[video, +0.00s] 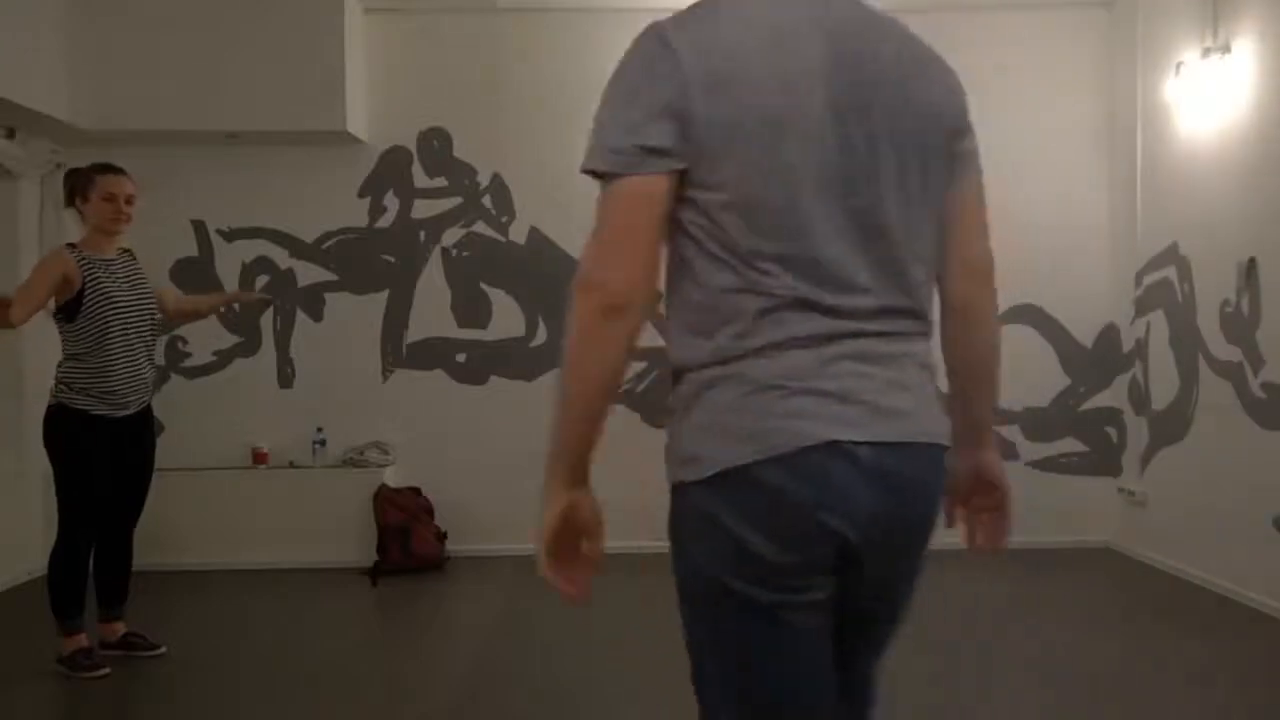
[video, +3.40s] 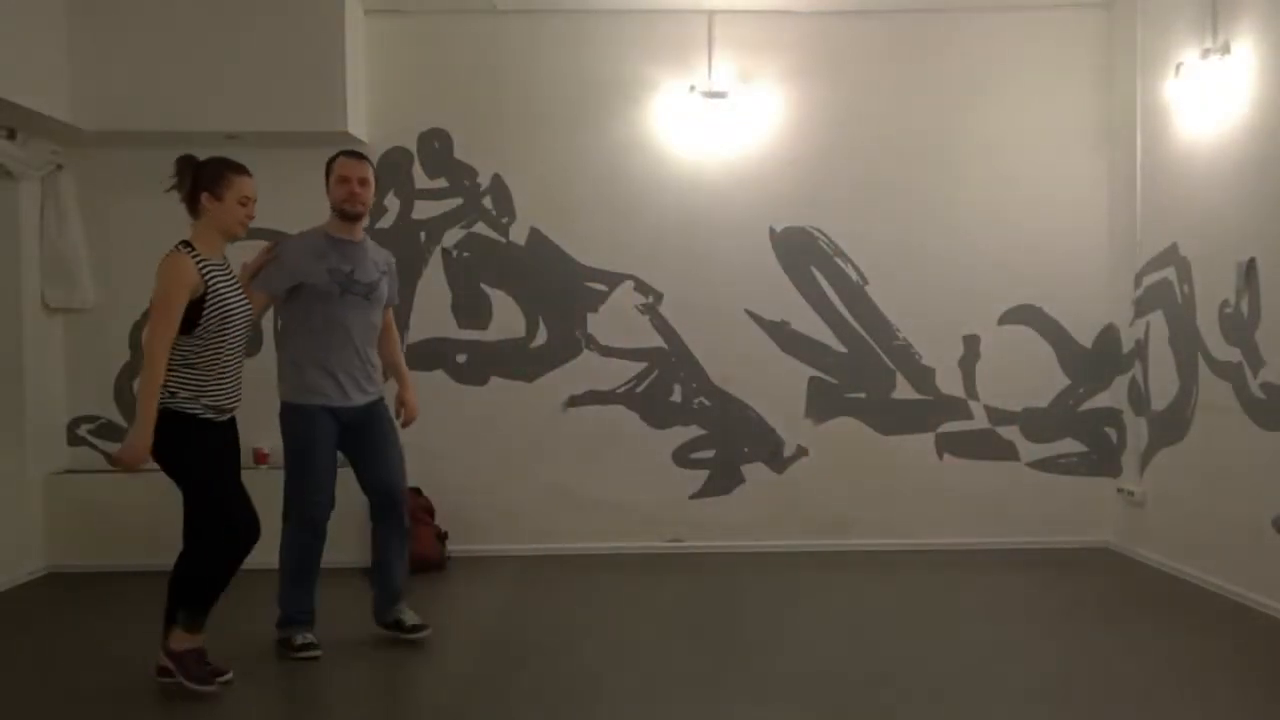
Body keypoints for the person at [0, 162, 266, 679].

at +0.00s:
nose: (121, 209)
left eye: (128, 201)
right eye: (109, 199)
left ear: (135, 207)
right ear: (82, 204)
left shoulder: (130, 264)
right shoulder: (65, 262)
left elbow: (170, 307)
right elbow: (18, 309)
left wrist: (232, 297)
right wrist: (11, 312)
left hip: (133, 419)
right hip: (79, 420)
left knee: (119, 527)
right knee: (77, 530)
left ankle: (112, 630)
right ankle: (73, 641)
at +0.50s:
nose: (116, 208)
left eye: (122, 200)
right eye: (103, 199)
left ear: (127, 207)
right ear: (74, 207)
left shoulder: (126, 269)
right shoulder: (61, 271)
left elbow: (143, 342)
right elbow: (37, 347)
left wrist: (198, 339)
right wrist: (85, 319)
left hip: (132, 423)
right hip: (77, 427)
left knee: (149, 522)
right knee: (86, 533)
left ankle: (116, 625)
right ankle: (72, 642)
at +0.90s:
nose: (158, 205)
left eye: (162, 197)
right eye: (145, 197)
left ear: (166, 205)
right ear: (115, 206)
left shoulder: (163, 267)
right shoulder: (103, 268)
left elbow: (163, 338)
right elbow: (87, 347)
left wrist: (190, 379)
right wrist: (159, 350)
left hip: (171, 424)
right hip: (114, 428)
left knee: (180, 537)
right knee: (117, 538)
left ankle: (186, 648)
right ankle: (79, 635)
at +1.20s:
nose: (185, 202)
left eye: (190, 194)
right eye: (172, 193)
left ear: (194, 201)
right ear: (142, 200)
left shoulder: (198, 266)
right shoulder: (125, 266)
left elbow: (208, 342)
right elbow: (119, 350)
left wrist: (255, 357)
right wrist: (168, 402)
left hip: (204, 418)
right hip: (146, 421)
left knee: (198, 537)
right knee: (176, 535)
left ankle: (188, 650)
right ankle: (145, 645)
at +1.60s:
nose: (199, 200)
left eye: (202, 191)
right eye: (186, 192)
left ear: (205, 198)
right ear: (155, 200)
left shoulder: (212, 264)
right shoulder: (139, 267)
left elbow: (260, 324)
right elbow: (122, 350)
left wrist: (302, 291)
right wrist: (131, 420)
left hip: (220, 422)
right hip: (167, 426)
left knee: (201, 538)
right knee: (167, 540)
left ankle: (190, 650)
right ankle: (167, 660)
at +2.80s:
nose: (214, 208)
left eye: (215, 198)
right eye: (204, 198)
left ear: (206, 203)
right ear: (168, 200)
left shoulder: (195, 263)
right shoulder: (150, 260)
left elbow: (204, 327)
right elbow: (121, 337)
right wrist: (190, 383)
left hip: (189, 418)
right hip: (144, 419)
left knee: (198, 533)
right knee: (175, 533)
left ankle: (187, 649)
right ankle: (138, 641)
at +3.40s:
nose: (251, 212)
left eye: (253, 203)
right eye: (243, 202)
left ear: (223, 207)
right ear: (208, 201)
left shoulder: (220, 265)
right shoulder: (182, 263)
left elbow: (224, 330)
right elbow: (156, 347)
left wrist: (254, 279)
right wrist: (142, 431)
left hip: (214, 423)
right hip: (184, 423)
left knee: (204, 534)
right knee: (240, 526)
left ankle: (179, 649)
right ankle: (184, 640)